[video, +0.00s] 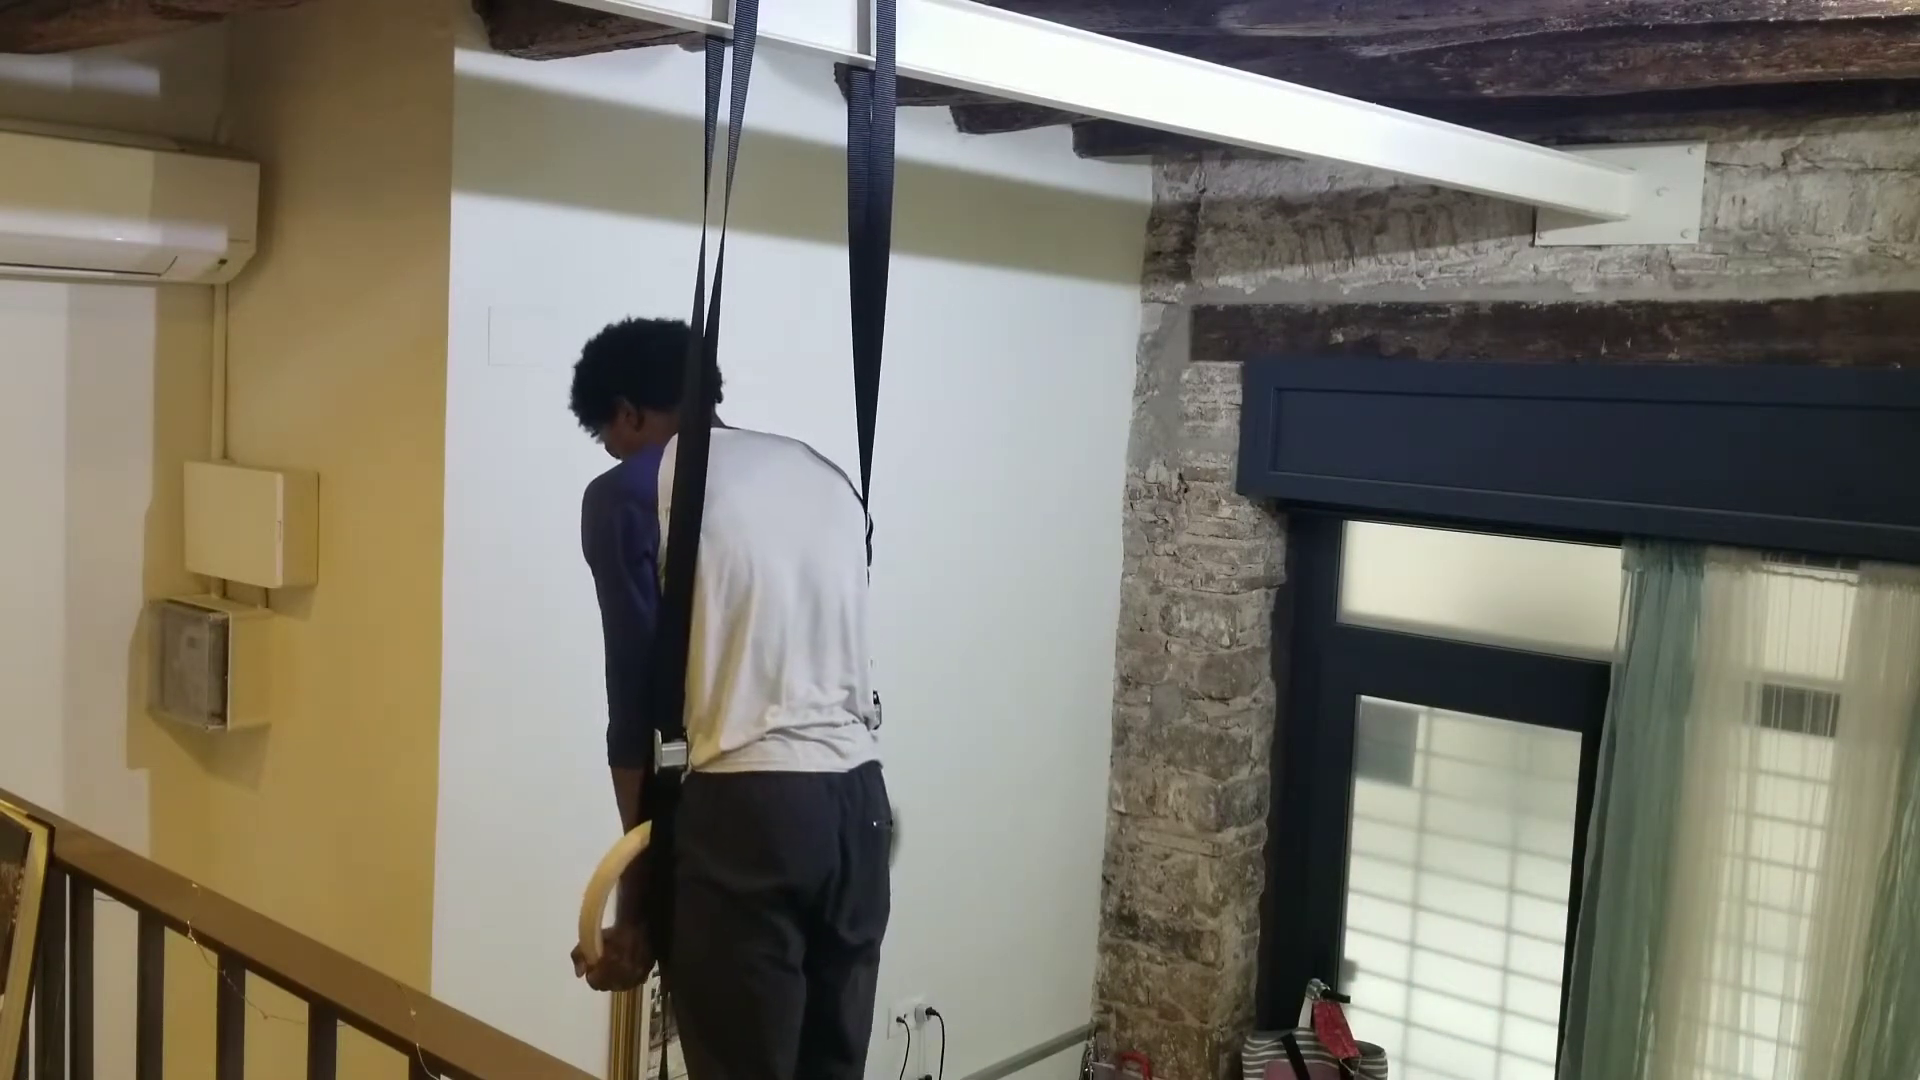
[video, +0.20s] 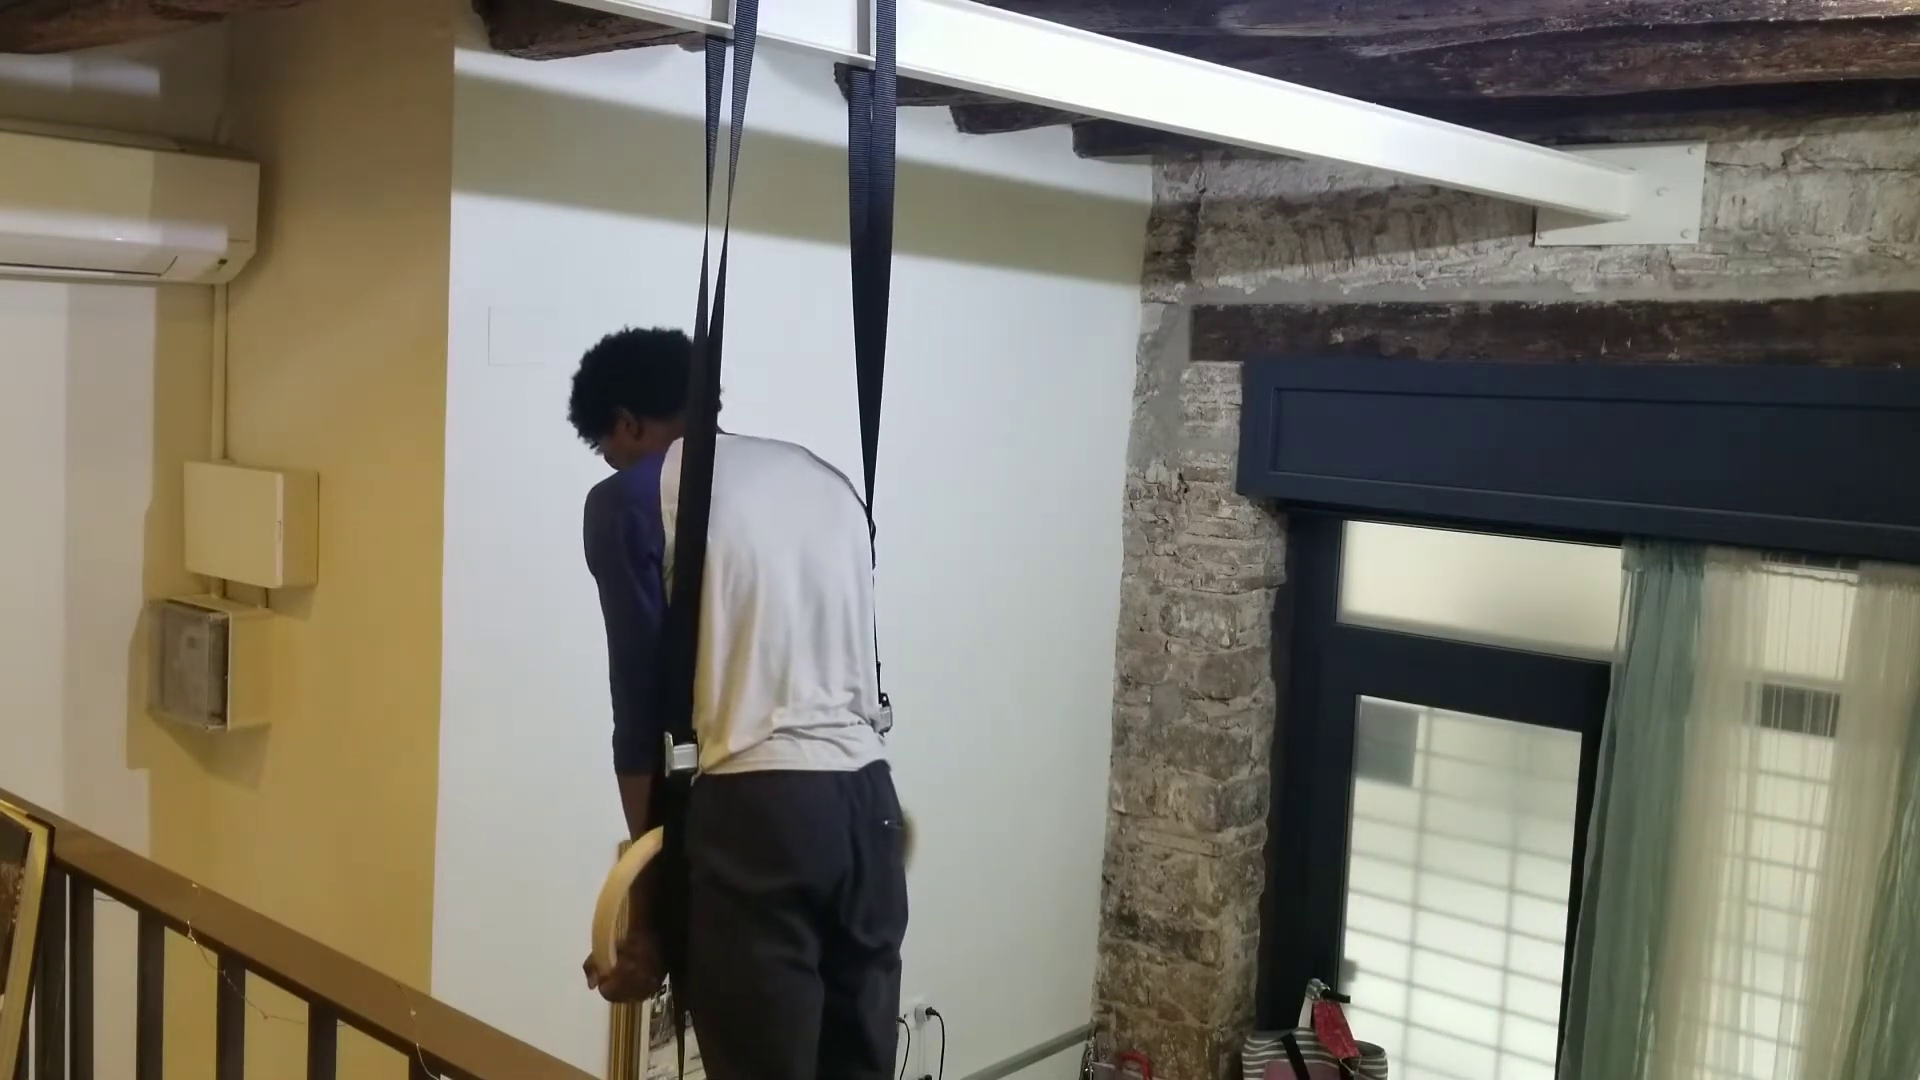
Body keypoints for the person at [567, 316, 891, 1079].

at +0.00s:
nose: (612, 456)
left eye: (607, 441)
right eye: (603, 444)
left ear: (628, 411)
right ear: (705, 394)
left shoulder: (630, 489)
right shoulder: (825, 474)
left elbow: (632, 692)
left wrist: (638, 886)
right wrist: (650, 913)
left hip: (740, 819)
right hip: (861, 813)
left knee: (743, 1063)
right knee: (834, 1063)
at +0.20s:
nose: (610, 467)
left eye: (606, 451)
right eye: (601, 454)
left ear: (629, 421)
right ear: (705, 404)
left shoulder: (630, 496)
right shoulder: (828, 479)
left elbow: (637, 680)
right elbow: (852, 658)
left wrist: (645, 863)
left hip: (751, 818)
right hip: (870, 809)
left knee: (763, 1061)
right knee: (863, 1062)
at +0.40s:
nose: (606, 470)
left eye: (601, 453)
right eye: (597, 457)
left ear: (625, 428)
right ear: (701, 409)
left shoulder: (625, 502)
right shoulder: (822, 483)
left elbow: (642, 688)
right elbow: (856, 658)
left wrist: (654, 874)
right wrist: (875, 796)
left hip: (762, 811)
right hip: (877, 802)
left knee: (781, 1062)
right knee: (893, 1061)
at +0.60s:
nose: (605, 459)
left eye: (600, 442)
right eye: (599, 444)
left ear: (622, 425)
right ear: (697, 405)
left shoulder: (625, 506)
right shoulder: (826, 492)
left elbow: (636, 696)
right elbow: (866, 671)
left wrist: (641, 910)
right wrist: (882, 802)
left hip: (754, 810)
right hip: (872, 797)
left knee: (800, 1060)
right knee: (921, 1055)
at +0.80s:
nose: (606, 447)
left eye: (602, 428)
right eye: (600, 429)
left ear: (624, 417)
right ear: (706, 401)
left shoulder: (623, 502)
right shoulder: (825, 489)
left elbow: (626, 701)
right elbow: (873, 677)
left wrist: (630, 910)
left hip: (748, 801)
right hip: (868, 784)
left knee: (807, 1061)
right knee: (949, 1049)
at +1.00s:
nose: (608, 444)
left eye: (605, 425)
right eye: (603, 427)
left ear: (628, 417)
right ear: (708, 403)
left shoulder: (626, 502)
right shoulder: (827, 490)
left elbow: (629, 703)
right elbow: (877, 679)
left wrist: (631, 911)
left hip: (753, 799)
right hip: (875, 782)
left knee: (815, 1060)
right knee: (947, 1050)